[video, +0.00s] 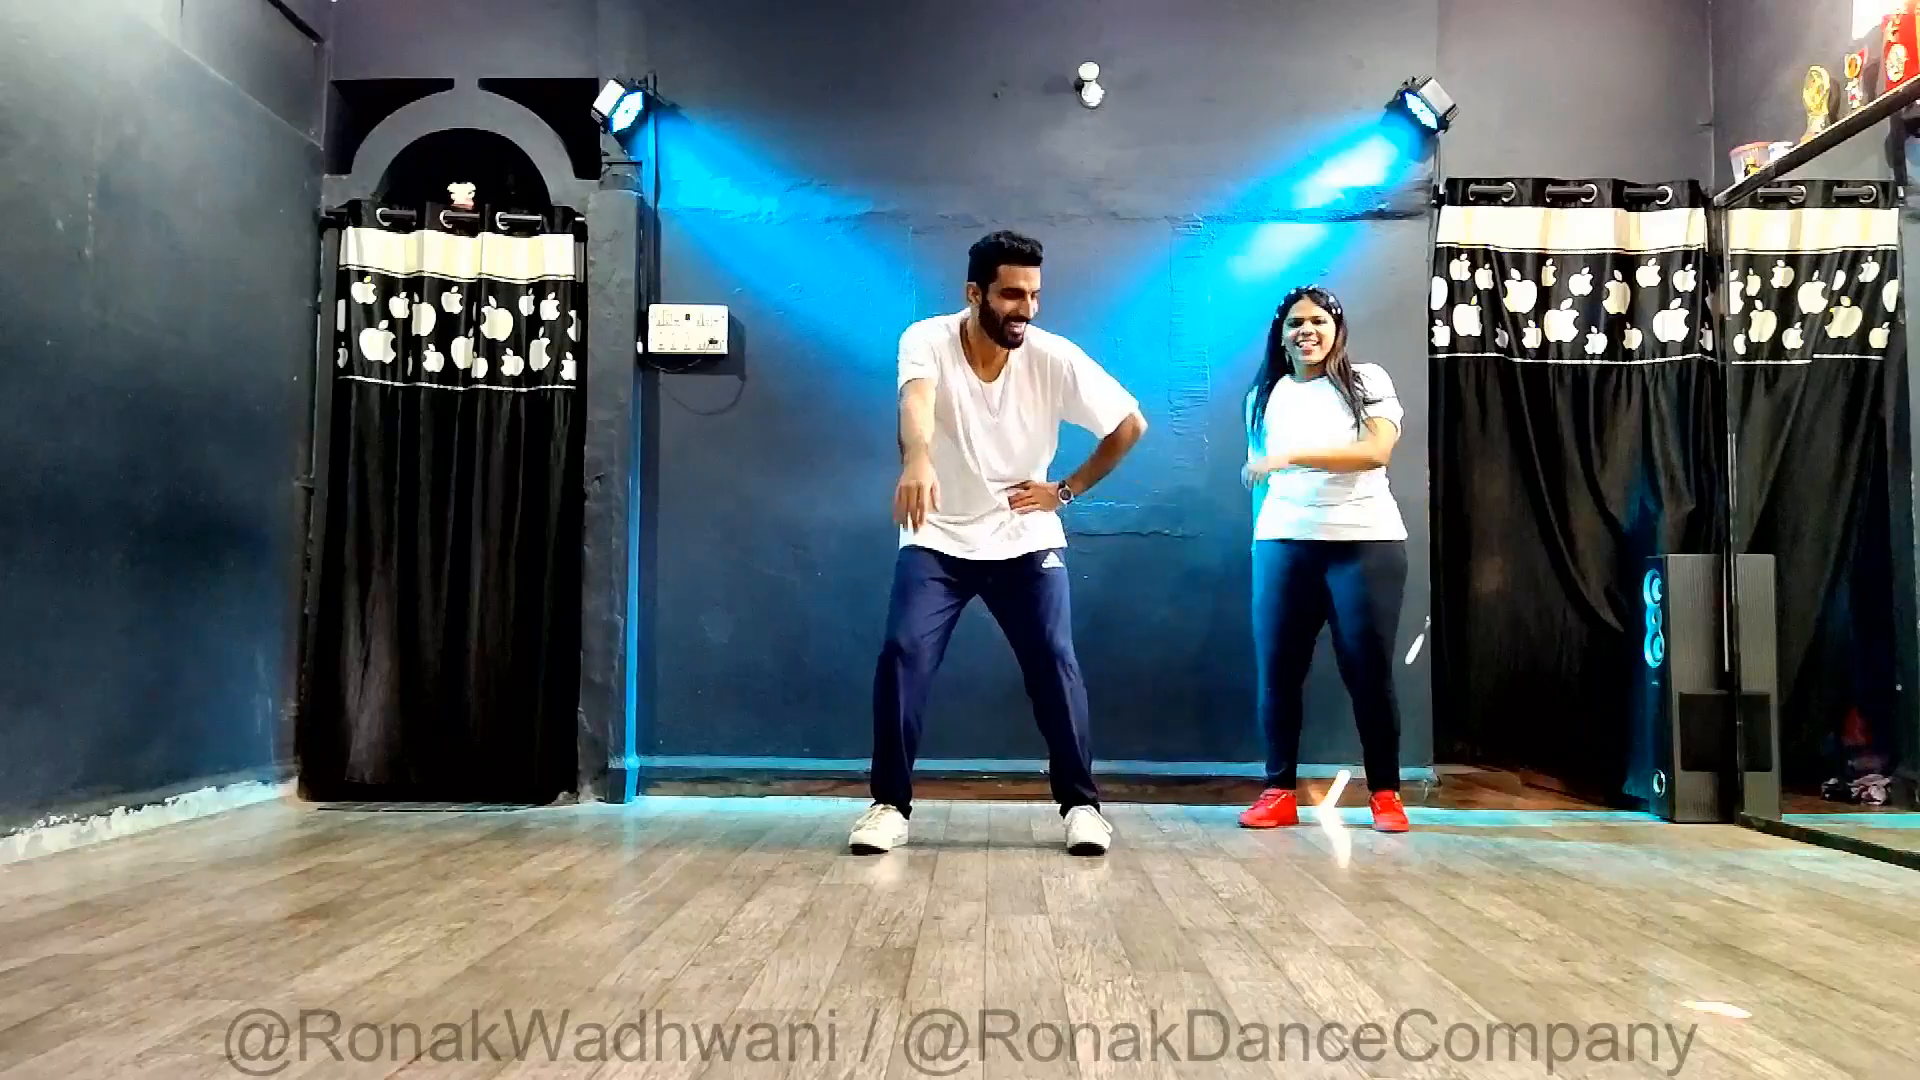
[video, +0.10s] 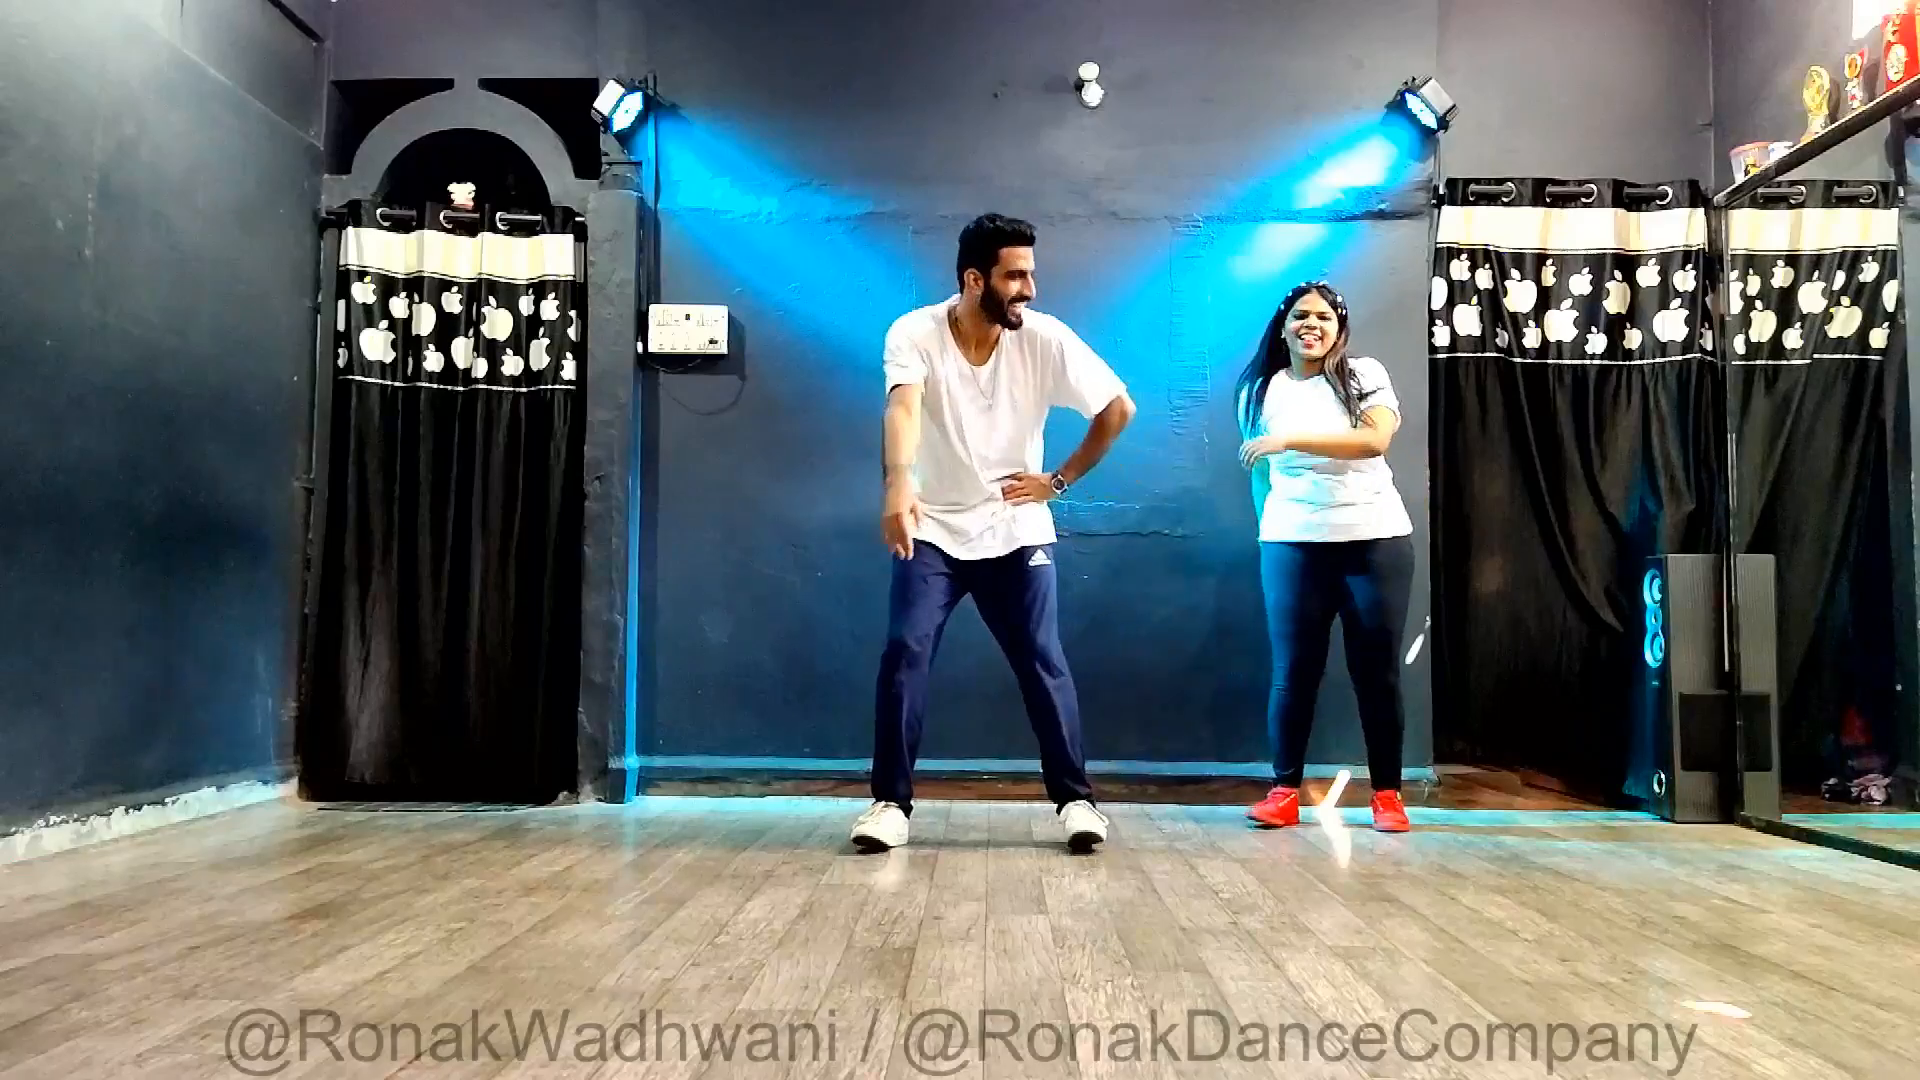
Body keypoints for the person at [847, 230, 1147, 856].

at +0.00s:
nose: (1025, 308)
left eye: (1033, 296)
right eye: (1011, 295)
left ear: (1039, 296)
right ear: (975, 292)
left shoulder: (1054, 357)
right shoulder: (926, 340)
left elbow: (1129, 424)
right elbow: (917, 399)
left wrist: (1067, 488)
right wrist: (916, 460)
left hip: (1024, 534)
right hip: (938, 532)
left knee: (1054, 655)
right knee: (904, 649)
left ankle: (1080, 805)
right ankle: (889, 806)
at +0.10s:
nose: (1027, 288)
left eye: (1030, 274)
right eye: (1014, 275)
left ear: (1028, 277)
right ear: (971, 278)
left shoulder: (1043, 338)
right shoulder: (915, 334)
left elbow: (1117, 408)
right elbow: (902, 407)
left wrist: (1060, 478)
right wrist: (898, 483)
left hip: (1015, 521)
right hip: (932, 520)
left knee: (1042, 657)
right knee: (906, 647)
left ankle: (1074, 800)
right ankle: (890, 804)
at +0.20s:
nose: (1011, 257)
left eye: (1012, 244)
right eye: (998, 246)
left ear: (997, 248)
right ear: (956, 254)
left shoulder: (1024, 309)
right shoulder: (894, 333)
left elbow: (1097, 380)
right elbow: (871, 435)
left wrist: (1053, 465)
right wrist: (845, 521)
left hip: (1007, 505)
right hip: (924, 507)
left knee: (1035, 653)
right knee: (912, 648)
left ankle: (1060, 794)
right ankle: (892, 803)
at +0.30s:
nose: (1002, 248)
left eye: (1001, 235)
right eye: (989, 238)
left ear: (973, 244)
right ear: (947, 248)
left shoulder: (1017, 302)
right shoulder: (887, 333)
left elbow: (1091, 372)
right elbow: (857, 438)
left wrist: (1053, 462)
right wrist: (821, 531)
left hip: (1010, 506)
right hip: (928, 509)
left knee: (1038, 655)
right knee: (918, 649)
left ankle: (1057, 799)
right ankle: (894, 804)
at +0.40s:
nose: (986, 242)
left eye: (984, 230)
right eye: (971, 234)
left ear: (958, 243)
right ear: (931, 249)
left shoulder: (1014, 302)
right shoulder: (878, 338)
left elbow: (1093, 359)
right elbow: (836, 432)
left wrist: (1077, 450)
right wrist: (783, 513)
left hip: (1020, 513)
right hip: (934, 516)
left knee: (1061, 647)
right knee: (920, 650)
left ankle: (1069, 802)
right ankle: (897, 806)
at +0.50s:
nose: (984, 244)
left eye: (981, 232)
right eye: (968, 236)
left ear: (953, 248)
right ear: (928, 254)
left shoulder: (1015, 303)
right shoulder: (881, 344)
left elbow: (1099, 354)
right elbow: (833, 430)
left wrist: (1102, 444)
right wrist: (772, 502)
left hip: (1028, 516)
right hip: (939, 520)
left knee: (1072, 645)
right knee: (920, 652)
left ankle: (1073, 804)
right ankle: (896, 808)